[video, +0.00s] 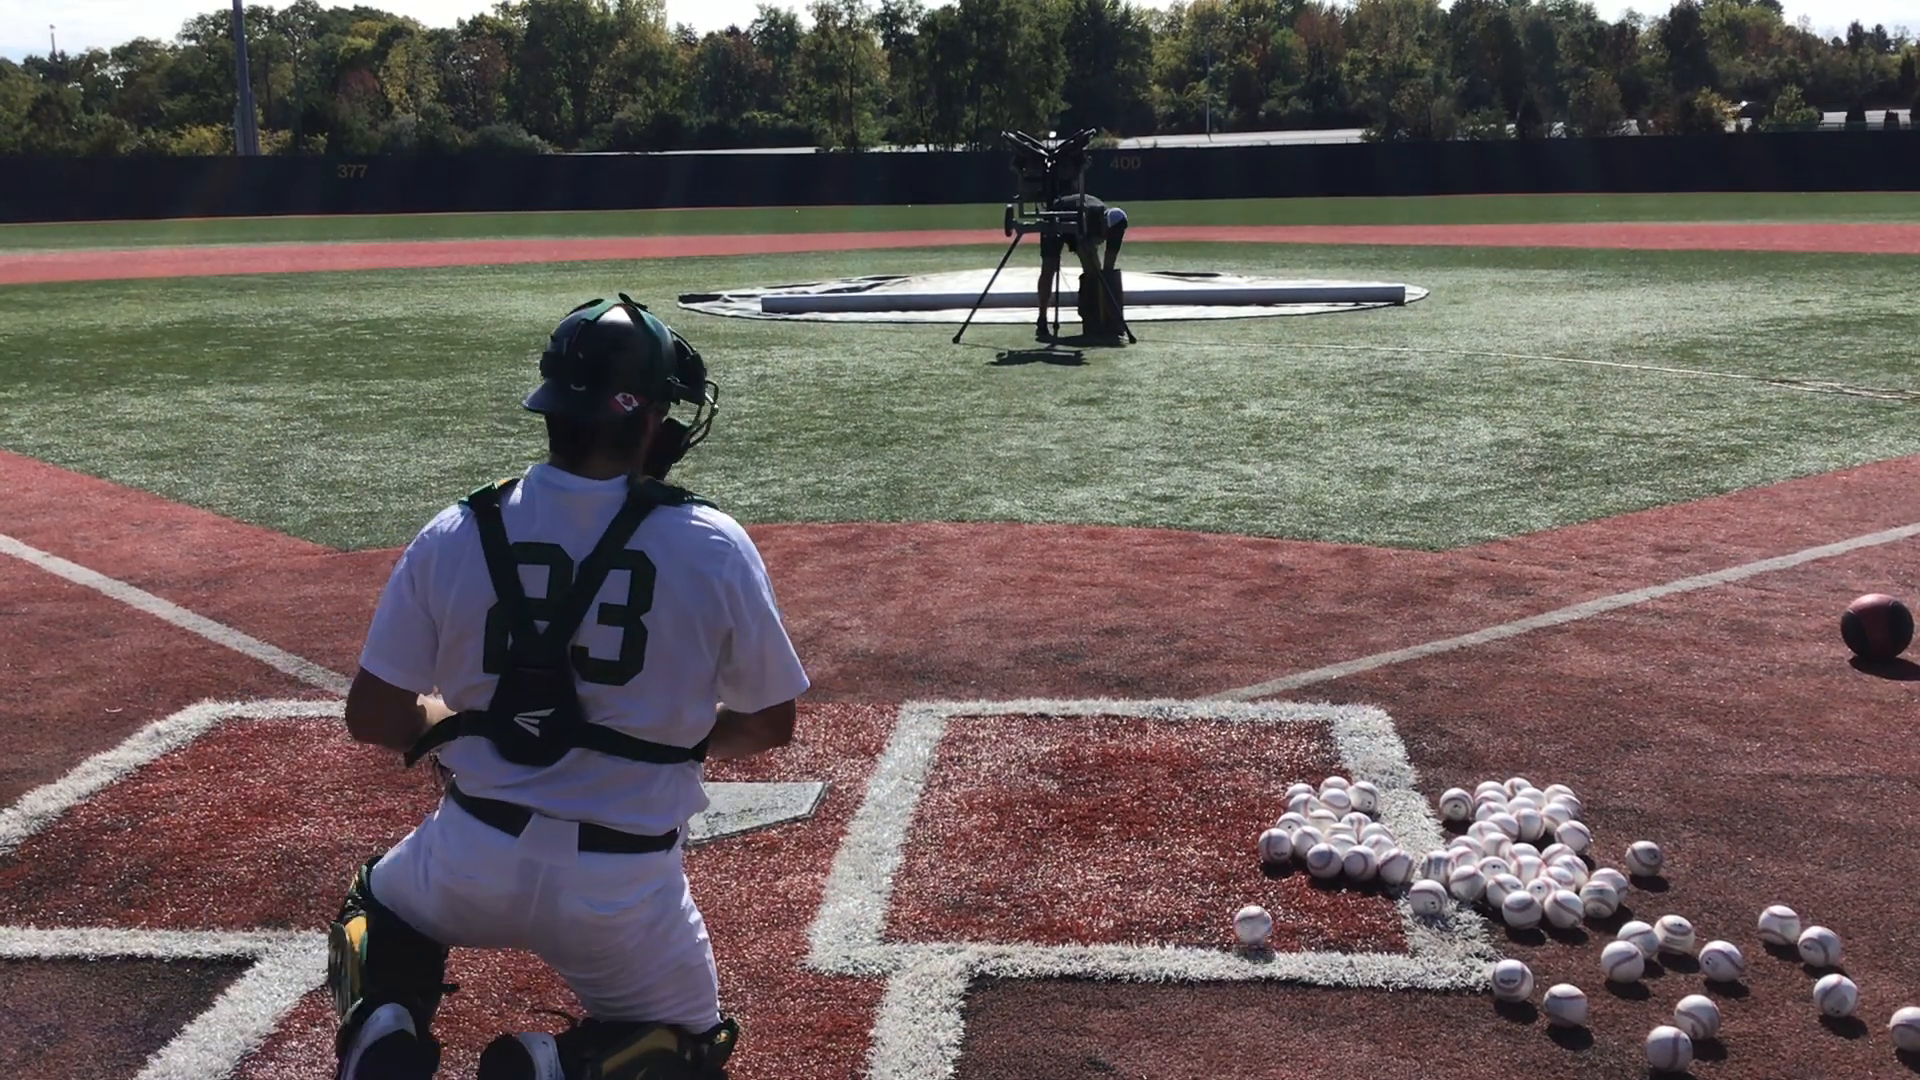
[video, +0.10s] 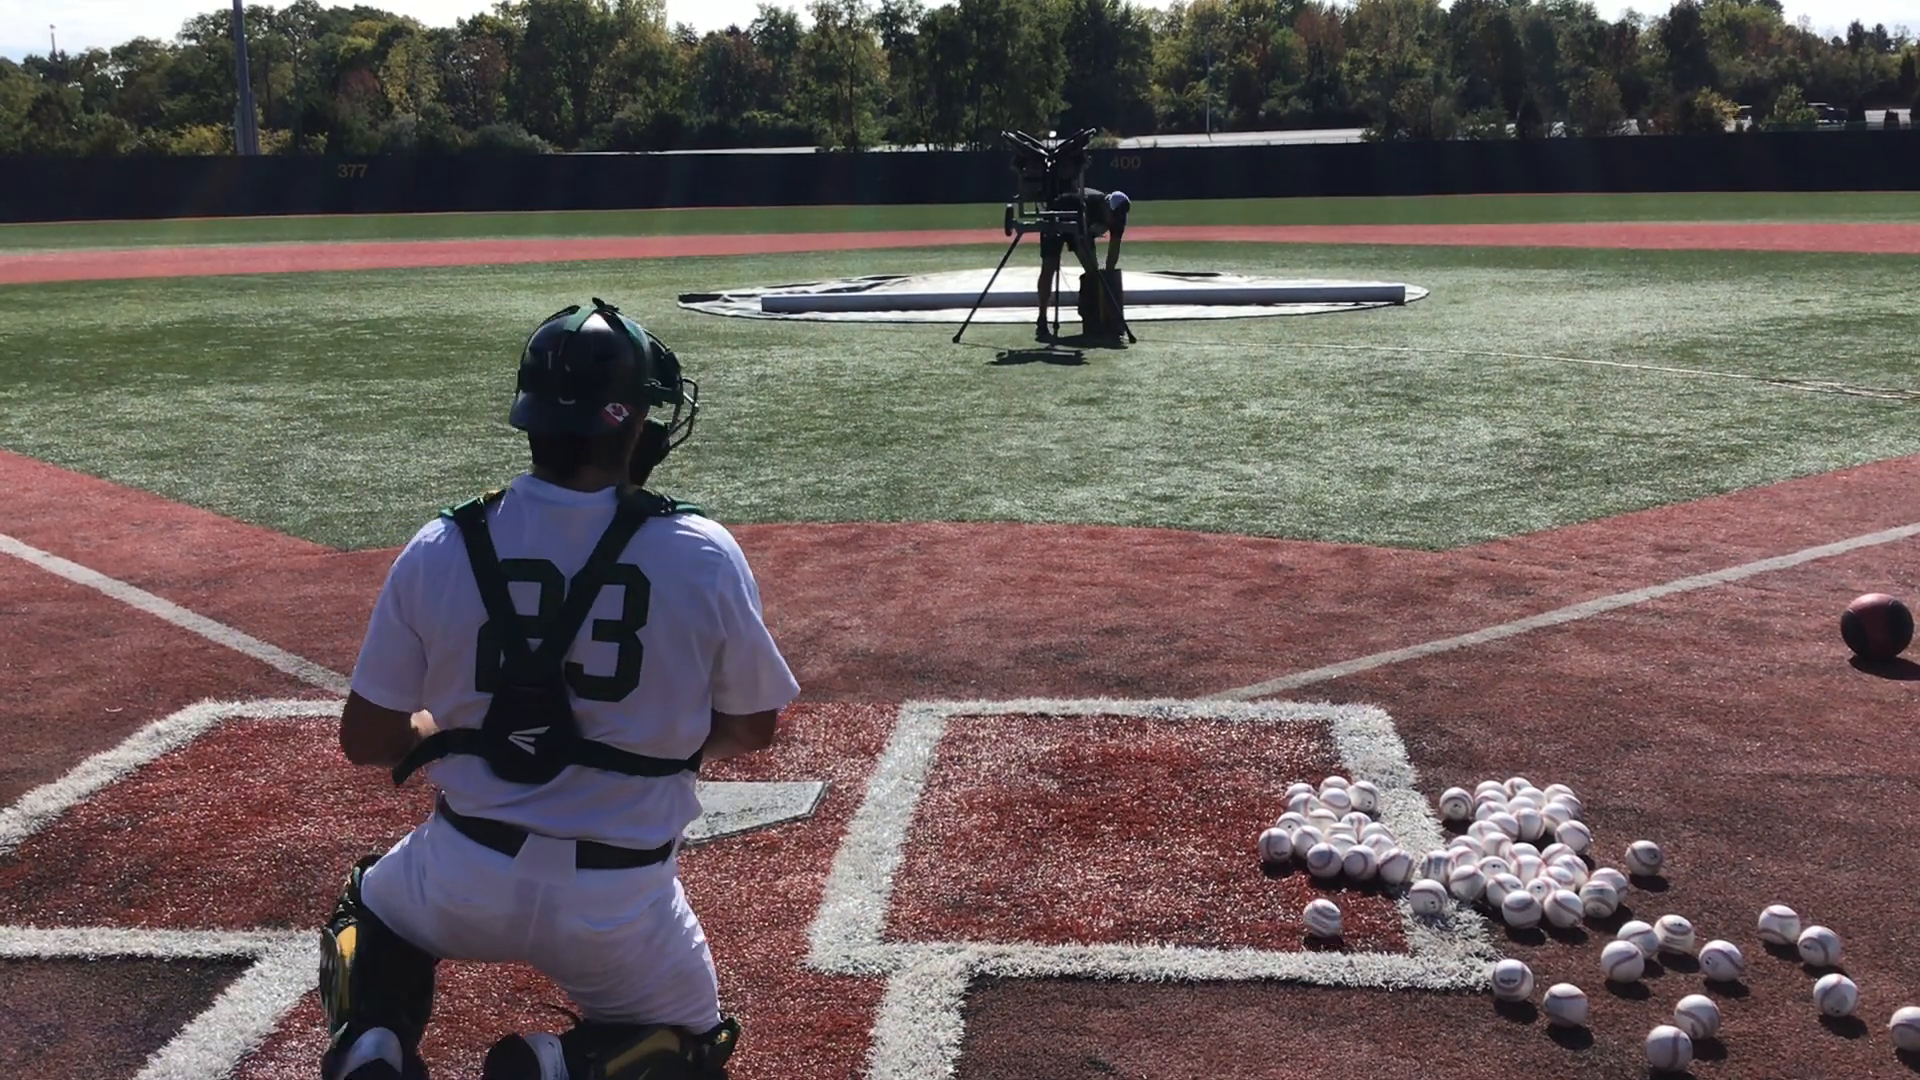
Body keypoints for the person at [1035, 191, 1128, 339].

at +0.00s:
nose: (1114, 234)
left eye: (1118, 231)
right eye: (1114, 230)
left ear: (1121, 224)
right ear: (1107, 223)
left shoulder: (1117, 222)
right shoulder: (1090, 215)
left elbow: (1109, 262)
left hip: (1079, 225)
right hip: (1055, 221)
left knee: (1092, 270)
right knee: (1048, 271)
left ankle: (1094, 316)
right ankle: (1042, 319)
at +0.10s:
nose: (1118, 219)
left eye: (1121, 215)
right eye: (1116, 214)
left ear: (1124, 211)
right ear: (1107, 207)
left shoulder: (1118, 214)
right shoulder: (1089, 204)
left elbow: (1114, 247)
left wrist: (1109, 274)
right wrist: (1092, 267)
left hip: (1080, 228)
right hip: (1055, 221)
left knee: (1092, 270)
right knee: (1049, 269)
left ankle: (1095, 316)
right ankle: (1042, 320)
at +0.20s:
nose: (1121, 199)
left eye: (1122, 195)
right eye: (1119, 194)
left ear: (1122, 193)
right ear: (1109, 189)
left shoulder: (1119, 200)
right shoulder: (1087, 190)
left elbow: (1120, 228)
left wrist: (1115, 250)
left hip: (1080, 229)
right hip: (1054, 226)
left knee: (1094, 272)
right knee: (1049, 270)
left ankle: (1097, 320)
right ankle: (1042, 319)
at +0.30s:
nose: (1114, 179)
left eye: (1117, 175)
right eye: (1111, 174)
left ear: (1119, 175)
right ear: (1102, 170)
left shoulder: (1119, 188)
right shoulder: (1088, 177)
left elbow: (1125, 210)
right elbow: (1070, 199)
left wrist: (1119, 230)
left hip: (1082, 226)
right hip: (1057, 223)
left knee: (1092, 271)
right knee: (1050, 269)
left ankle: (1095, 319)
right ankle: (1042, 317)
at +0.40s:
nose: (1109, 159)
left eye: (1113, 155)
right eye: (1106, 154)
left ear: (1115, 157)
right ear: (1096, 152)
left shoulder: (1114, 173)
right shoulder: (1076, 163)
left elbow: (1126, 194)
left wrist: (1118, 221)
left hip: (1084, 222)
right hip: (1058, 219)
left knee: (1091, 269)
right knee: (1050, 268)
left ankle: (1097, 317)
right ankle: (1041, 315)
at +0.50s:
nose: (1095, 148)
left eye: (1099, 144)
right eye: (1092, 143)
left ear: (1104, 145)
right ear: (1086, 143)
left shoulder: (1109, 165)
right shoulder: (1072, 160)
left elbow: (1121, 183)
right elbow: (1056, 181)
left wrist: (1110, 210)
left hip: (1085, 220)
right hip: (1059, 218)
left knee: (1088, 268)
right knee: (1050, 269)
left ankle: (1090, 313)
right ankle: (1042, 314)